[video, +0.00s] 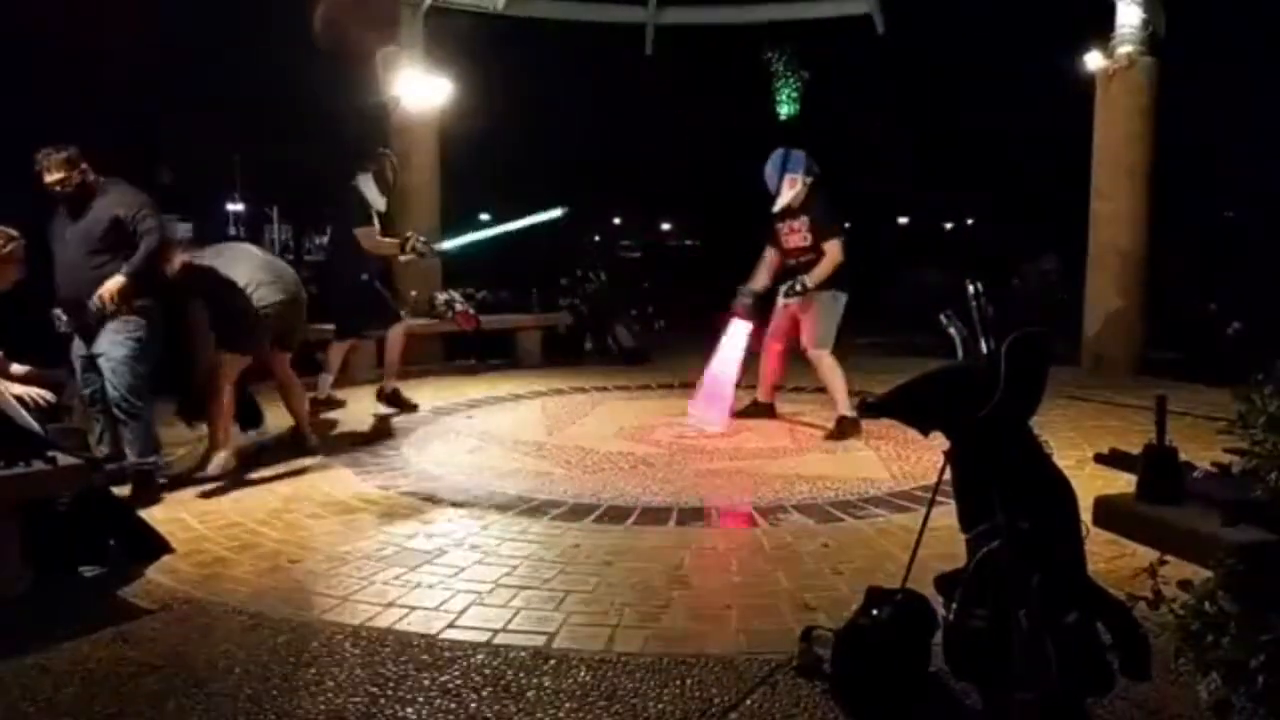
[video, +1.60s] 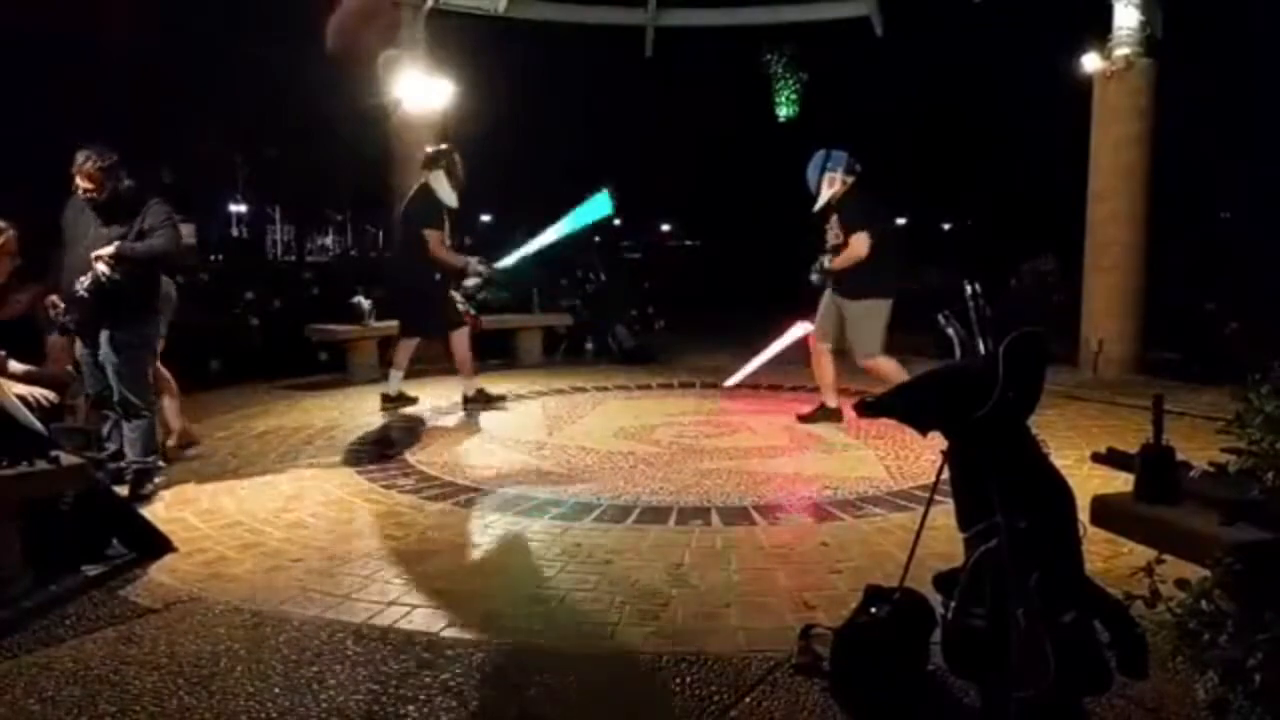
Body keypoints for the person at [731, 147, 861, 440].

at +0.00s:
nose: (784, 189)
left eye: (790, 182)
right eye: (781, 183)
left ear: (802, 180)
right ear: (776, 182)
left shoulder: (821, 208)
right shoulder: (778, 215)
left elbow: (835, 254)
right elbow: (770, 258)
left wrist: (805, 282)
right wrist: (751, 292)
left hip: (825, 286)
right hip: (790, 287)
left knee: (817, 348)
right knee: (773, 340)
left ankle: (847, 414)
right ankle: (763, 400)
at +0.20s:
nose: (805, 181)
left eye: (810, 173)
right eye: (801, 174)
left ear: (823, 171)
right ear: (795, 173)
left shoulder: (839, 200)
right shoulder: (800, 205)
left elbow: (853, 246)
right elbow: (800, 247)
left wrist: (824, 280)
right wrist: (793, 286)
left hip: (843, 280)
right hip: (810, 281)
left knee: (832, 345)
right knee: (795, 337)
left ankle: (845, 412)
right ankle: (798, 402)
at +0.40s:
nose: (813, 175)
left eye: (819, 168)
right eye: (811, 168)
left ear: (832, 168)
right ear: (808, 169)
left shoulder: (848, 198)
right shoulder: (812, 202)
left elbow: (869, 241)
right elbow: (811, 244)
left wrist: (854, 279)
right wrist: (801, 282)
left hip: (849, 285)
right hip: (820, 286)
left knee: (842, 345)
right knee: (807, 335)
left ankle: (849, 411)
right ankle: (826, 395)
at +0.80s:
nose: (836, 177)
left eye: (842, 171)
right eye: (833, 170)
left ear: (854, 172)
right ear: (826, 170)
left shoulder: (865, 199)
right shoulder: (830, 203)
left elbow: (888, 238)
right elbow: (831, 242)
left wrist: (872, 274)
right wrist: (818, 275)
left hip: (866, 280)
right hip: (842, 281)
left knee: (867, 338)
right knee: (840, 335)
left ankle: (884, 400)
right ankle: (847, 397)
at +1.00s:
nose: (843, 182)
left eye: (847, 175)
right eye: (840, 175)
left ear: (857, 173)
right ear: (836, 173)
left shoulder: (874, 198)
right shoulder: (842, 202)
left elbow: (880, 242)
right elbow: (848, 244)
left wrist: (841, 264)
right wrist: (835, 270)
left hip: (888, 283)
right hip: (855, 282)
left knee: (893, 344)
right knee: (844, 339)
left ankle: (924, 398)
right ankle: (848, 399)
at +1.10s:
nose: (851, 187)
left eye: (855, 180)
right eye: (848, 181)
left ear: (869, 178)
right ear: (848, 178)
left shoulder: (886, 205)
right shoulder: (855, 204)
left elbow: (870, 249)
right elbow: (855, 243)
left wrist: (830, 236)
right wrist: (829, 233)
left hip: (900, 291)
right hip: (864, 287)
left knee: (911, 349)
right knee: (840, 338)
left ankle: (933, 402)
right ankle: (846, 400)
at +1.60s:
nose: (820, 187)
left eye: (823, 180)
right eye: (820, 181)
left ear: (835, 178)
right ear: (836, 178)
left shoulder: (855, 204)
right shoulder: (835, 206)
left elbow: (860, 248)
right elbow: (839, 245)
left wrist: (829, 265)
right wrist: (825, 264)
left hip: (868, 293)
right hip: (839, 289)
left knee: (868, 357)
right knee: (821, 342)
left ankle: (917, 396)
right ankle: (829, 405)